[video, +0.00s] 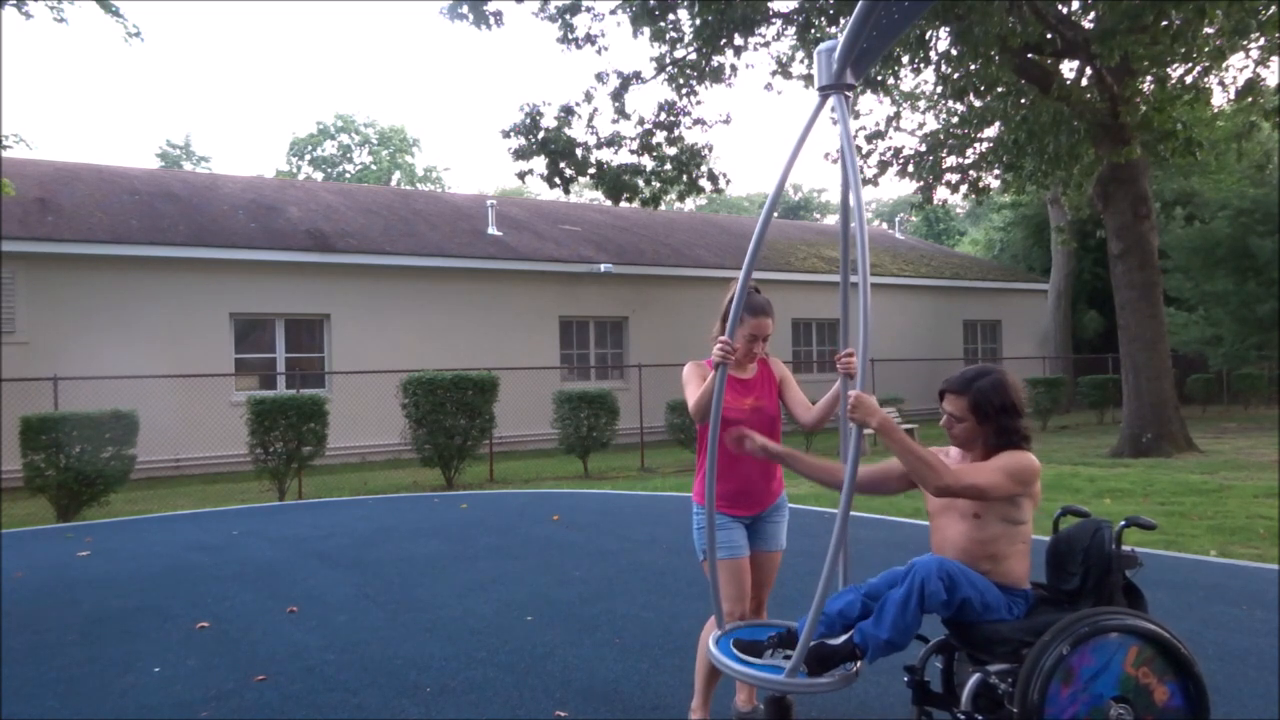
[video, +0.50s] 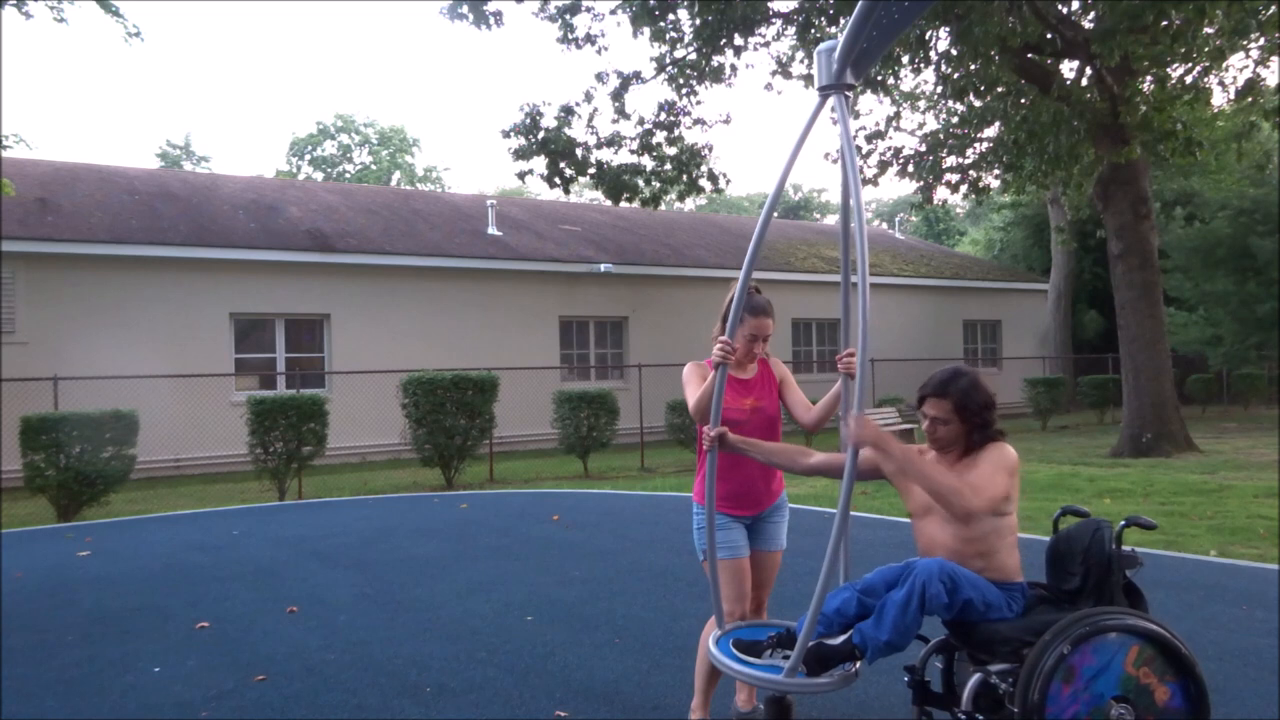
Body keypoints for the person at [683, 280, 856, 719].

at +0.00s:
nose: (760, 347)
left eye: (765, 338)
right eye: (752, 337)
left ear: (770, 332)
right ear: (727, 328)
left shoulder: (774, 367)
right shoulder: (698, 369)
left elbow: (811, 417)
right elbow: (698, 412)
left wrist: (842, 381)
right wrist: (719, 369)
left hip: (771, 504)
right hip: (718, 507)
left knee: (757, 611)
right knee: (732, 615)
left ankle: (746, 699)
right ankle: (699, 706)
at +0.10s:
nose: (760, 347)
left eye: (766, 338)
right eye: (752, 337)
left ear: (771, 332)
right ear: (728, 328)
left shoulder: (774, 367)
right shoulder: (698, 369)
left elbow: (810, 417)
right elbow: (699, 412)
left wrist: (842, 381)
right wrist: (719, 369)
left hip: (771, 504)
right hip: (718, 507)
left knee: (757, 611)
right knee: (732, 615)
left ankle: (747, 699)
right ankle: (699, 706)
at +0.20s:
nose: (760, 347)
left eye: (766, 338)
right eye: (752, 337)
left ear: (771, 332)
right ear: (728, 328)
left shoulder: (774, 367)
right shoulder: (698, 369)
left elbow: (810, 417)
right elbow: (698, 412)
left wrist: (842, 381)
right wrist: (719, 369)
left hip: (771, 504)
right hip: (718, 507)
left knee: (757, 611)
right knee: (732, 615)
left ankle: (747, 699)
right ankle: (699, 706)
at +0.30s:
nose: (760, 347)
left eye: (766, 338)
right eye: (752, 337)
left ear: (771, 332)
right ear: (728, 328)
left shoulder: (774, 367)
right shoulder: (698, 369)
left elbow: (811, 417)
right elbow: (699, 413)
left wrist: (842, 381)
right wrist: (719, 369)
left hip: (771, 504)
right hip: (718, 507)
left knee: (757, 611)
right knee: (732, 615)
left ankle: (746, 699)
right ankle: (699, 706)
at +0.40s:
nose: (760, 347)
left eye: (766, 338)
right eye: (752, 337)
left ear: (771, 332)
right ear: (728, 328)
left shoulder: (774, 367)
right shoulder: (699, 370)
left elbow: (810, 418)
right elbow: (699, 415)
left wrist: (842, 380)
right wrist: (719, 369)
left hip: (771, 504)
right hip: (719, 507)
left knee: (757, 610)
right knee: (732, 614)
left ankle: (746, 700)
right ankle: (699, 707)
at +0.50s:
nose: (760, 347)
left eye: (766, 338)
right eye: (752, 337)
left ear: (771, 332)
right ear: (728, 329)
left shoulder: (774, 367)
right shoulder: (698, 370)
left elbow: (811, 418)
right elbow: (700, 415)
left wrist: (843, 381)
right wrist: (719, 369)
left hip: (771, 503)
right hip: (718, 507)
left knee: (757, 610)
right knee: (732, 614)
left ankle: (746, 699)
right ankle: (699, 707)